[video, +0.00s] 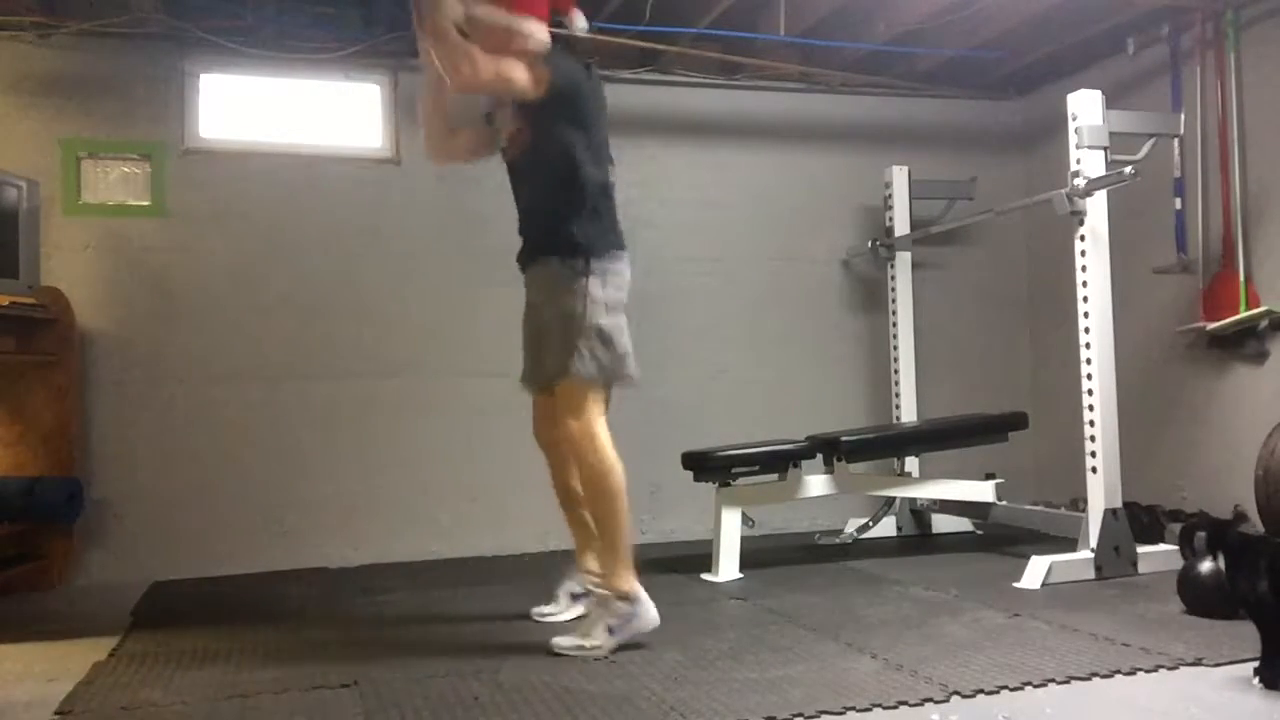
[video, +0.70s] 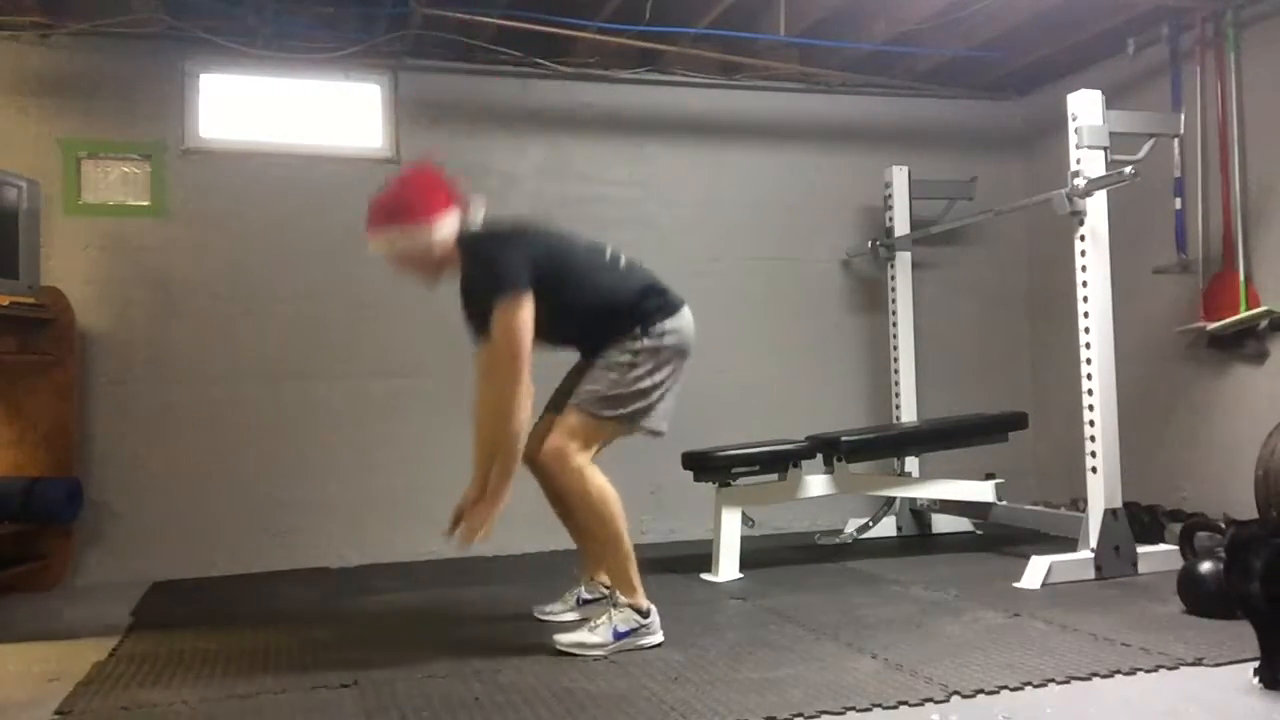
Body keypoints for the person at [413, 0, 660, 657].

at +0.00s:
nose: (482, 41)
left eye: (486, 27)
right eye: (480, 31)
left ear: (528, 22)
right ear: (514, 36)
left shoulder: (565, 71)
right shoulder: (523, 102)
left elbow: (463, 67)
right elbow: (444, 144)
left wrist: (429, 8)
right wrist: (430, 50)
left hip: (586, 266)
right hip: (549, 271)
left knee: (583, 424)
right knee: (552, 429)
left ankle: (626, 595)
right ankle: (596, 573)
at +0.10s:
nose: (483, 69)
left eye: (489, 52)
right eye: (479, 55)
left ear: (532, 47)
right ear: (518, 55)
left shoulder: (575, 95)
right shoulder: (534, 121)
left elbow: (516, 136)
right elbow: (472, 201)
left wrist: (461, 89)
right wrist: (442, 114)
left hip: (586, 299)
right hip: (550, 302)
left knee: (579, 446)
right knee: (552, 445)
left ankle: (635, 606)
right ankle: (603, 585)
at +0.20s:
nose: (475, 74)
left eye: (481, 58)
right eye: (473, 61)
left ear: (520, 51)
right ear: (515, 54)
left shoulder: (568, 96)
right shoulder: (533, 126)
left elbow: (566, 180)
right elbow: (531, 232)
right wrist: (460, 212)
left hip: (587, 296)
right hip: (552, 300)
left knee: (583, 441)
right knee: (558, 440)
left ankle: (635, 606)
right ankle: (603, 583)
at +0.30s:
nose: (462, 75)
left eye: (466, 60)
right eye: (458, 63)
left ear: (502, 54)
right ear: (496, 60)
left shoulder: (556, 98)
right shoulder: (523, 118)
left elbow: (589, 194)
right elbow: (546, 226)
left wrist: (524, 276)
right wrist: (499, 287)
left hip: (591, 292)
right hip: (559, 299)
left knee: (586, 439)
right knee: (561, 440)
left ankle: (636, 606)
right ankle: (605, 585)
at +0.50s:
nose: (432, 123)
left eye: (435, 107)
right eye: (425, 111)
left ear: (470, 93)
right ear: (457, 102)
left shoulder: (523, 131)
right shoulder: (494, 156)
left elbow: (564, 240)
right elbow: (528, 254)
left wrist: (552, 343)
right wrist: (521, 347)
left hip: (623, 296)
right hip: (588, 306)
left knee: (590, 441)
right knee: (563, 440)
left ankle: (638, 607)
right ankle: (603, 581)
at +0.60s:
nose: (405, 184)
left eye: (410, 165)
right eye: (400, 170)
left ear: (447, 152)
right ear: (446, 156)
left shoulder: (510, 191)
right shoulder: (485, 208)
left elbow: (542, 309)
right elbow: (511, 310)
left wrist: (532, 410)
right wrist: (506, 407)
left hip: (643, 311)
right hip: (608, 318)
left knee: (579, 442)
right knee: (552, 440)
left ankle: (637, 607)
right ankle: (604, 583)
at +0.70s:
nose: (398, 262)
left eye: (402, 245)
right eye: (390, 248)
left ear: (435, 228)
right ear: (439, 229)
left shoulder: (498, 257)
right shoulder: (477, 272)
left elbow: (515, 387)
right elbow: (492, 388)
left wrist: (494, 493)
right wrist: (480, 483)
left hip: (652, 331)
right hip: (617, 338)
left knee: (562, 451)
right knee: (540, 449)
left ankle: (635, 607)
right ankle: (602, 583)